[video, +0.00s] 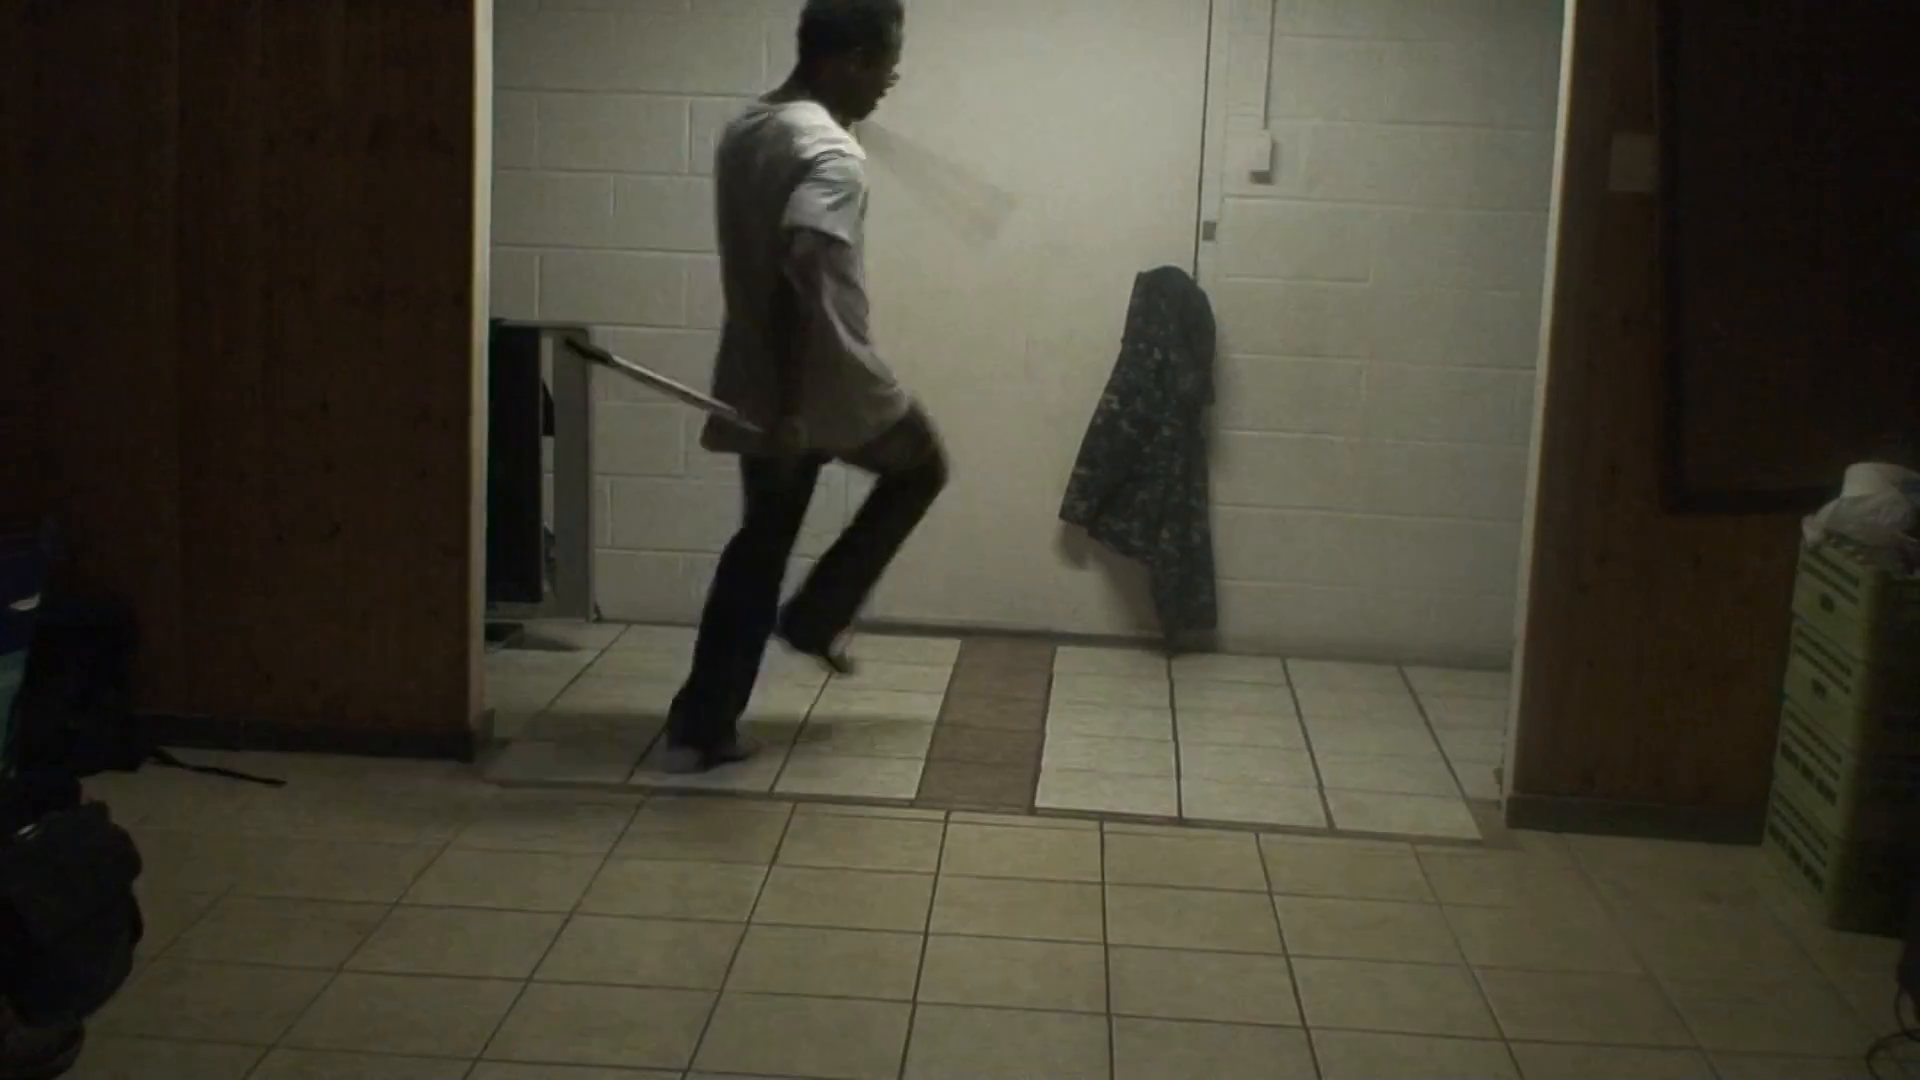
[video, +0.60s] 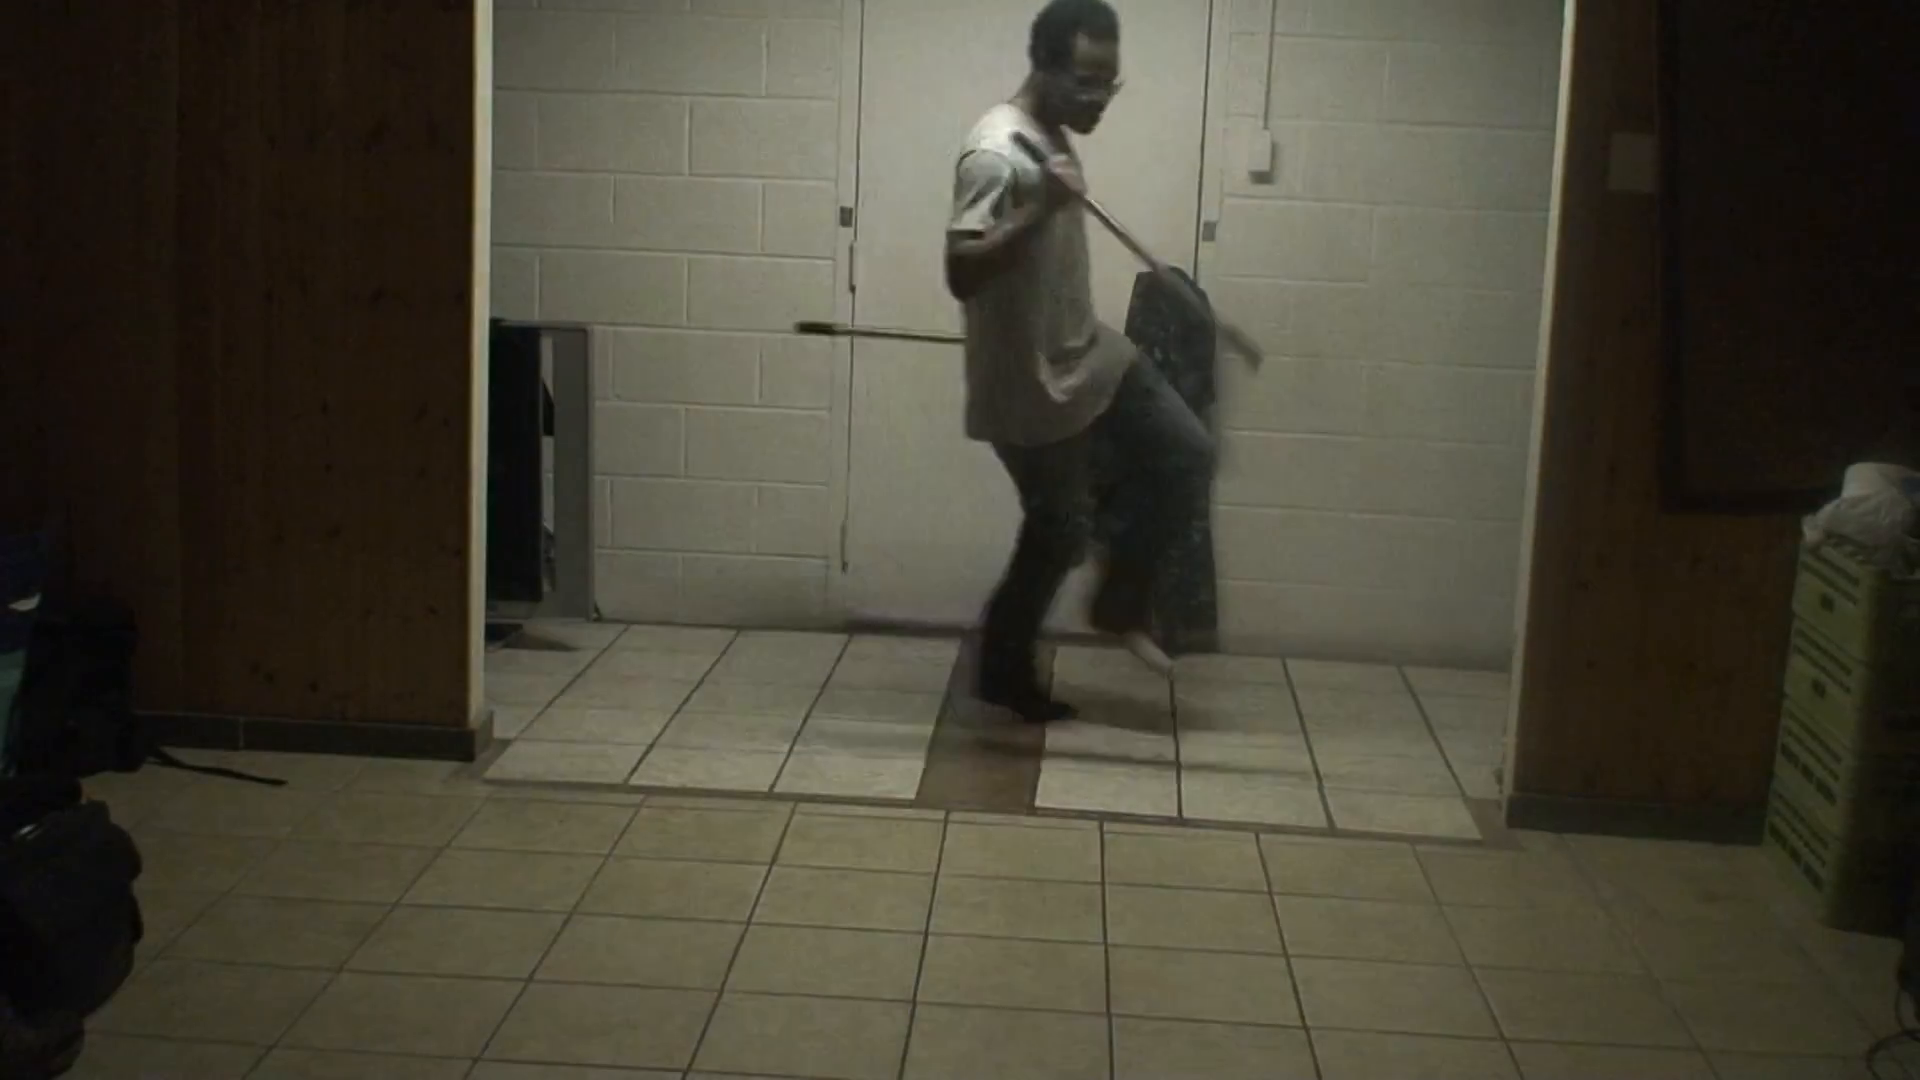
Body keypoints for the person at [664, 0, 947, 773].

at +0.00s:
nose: (889, 85)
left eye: (892, 68)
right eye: (885, 67)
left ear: (816, 56)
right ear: (846, 62)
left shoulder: (743, 133)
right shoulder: (830, 153)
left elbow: (748, 268)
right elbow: (804, 273)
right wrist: (821, 387)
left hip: (757, 380)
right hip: (821, 380)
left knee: (762, 539)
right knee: (920, 469)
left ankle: (704, 722)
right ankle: (817, 616)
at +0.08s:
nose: (918, 80)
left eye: (920, 64)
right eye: (913, 63)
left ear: (850, 53)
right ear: (871, 56)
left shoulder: (774, 128)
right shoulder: (852, 144)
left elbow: (777, 263)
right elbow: (808, 261)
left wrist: (770, 384)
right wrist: (800, 389)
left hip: (787, 367)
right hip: (851, 366)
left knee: (803, 521)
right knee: (946, 470)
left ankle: (745, 696)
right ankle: (873, 633)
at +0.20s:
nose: (955, 104)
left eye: (959, 87)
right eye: (946, 85)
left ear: (888, 80)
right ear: (899, 79)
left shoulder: (827, 148)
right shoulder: (886, 171)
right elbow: (840, 289)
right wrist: (841, 411)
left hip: (835, 397)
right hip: (898, 400)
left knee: (837, 535)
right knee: (957, 525)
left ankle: (770, 698)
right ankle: (922, 681)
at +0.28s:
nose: (990, 113)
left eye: (992, 97)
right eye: (981, 95)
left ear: (921, 89)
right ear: (932, 88)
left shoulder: (870, 156)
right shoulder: (909, 182)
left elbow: (912, 240)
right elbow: (869, 309)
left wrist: (986, 234)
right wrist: (905, 416)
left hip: (876, 407)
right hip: (925, 410)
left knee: (871, 536)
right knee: (971, 541)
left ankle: (776, 680)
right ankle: (923, 681)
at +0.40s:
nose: (1031, 117)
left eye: (1036, 102)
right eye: (1019, 101)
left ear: (980, 93)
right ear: (971, 89)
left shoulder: (959, 164)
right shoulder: (940, 179)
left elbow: (950, 297)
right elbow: (899, 298)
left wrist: (1013, 343)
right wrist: (983, 374)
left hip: (973, 407)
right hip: (958, 414)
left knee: (978, 529)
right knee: (985, 551)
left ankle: (859, 603)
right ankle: (924, 687)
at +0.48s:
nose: (1058, 115)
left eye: (1065, 100)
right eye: (1046, 99)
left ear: (1062, 87)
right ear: (998, 82)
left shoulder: (1002, 154)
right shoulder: (959, 167)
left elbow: (985, 268)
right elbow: (916, 281)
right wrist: (1031, 274)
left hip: (1038, 374)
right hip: (987, 396)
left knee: (1114, 461)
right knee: (998, 551)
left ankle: (986, 553)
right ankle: (921, 680)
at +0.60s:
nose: (1100, 102)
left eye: (1110, 85)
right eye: (1087, 83)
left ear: (1115, 76)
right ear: (1040, 69)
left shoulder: (1048, 140)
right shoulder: (995, 156)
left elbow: (1032, 260)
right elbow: (963, 272)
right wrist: (1042, 208)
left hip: (1085, 355)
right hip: (1026, 393)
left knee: (1185, 450)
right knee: (1058, 532)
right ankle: (1002, 676)